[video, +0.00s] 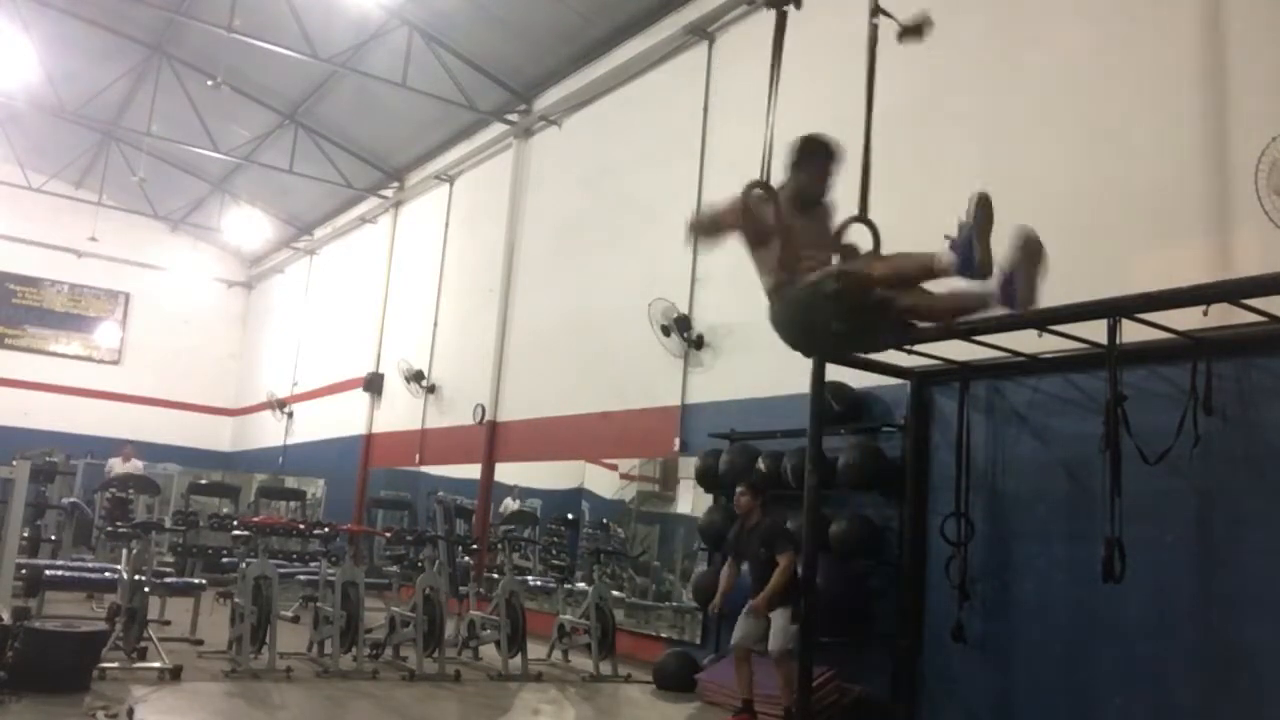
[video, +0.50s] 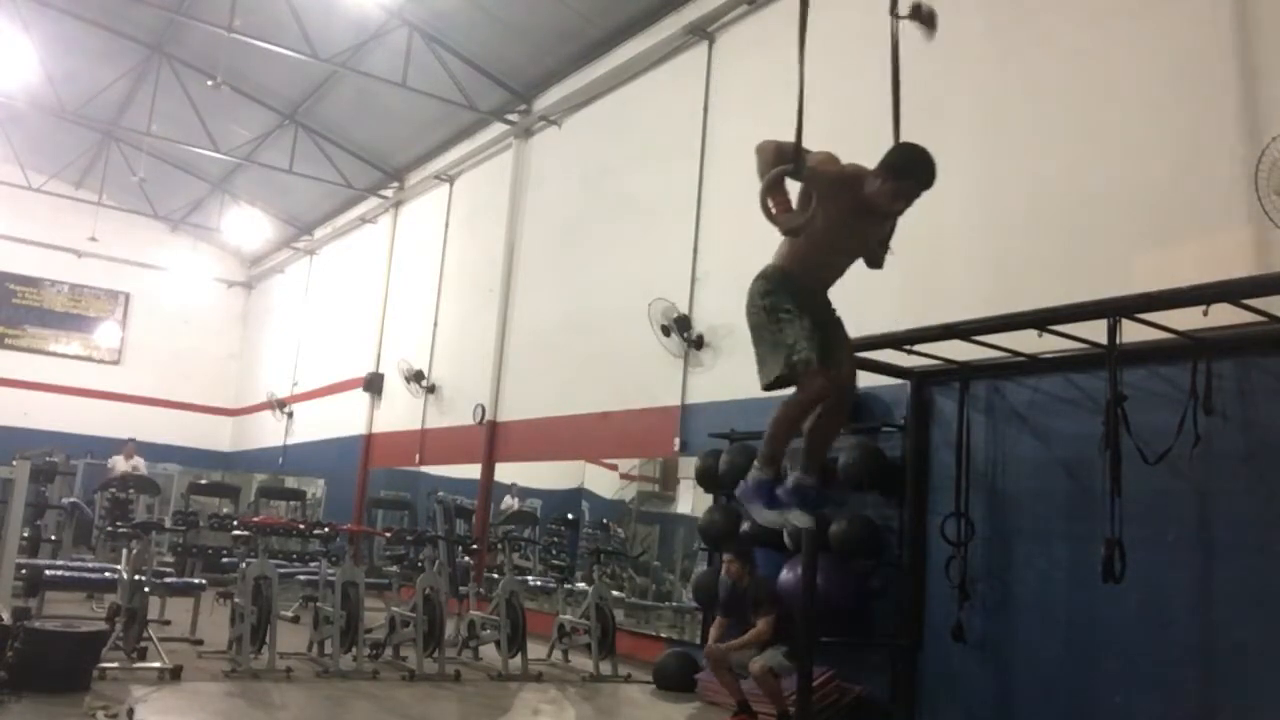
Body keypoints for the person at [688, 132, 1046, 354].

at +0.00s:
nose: (825, 184)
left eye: (828, 176)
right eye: (818, 174)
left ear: (828, 175)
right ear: (796, 170)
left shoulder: (821, 214)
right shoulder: (759, 205)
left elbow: (828, 259)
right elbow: (698, 227)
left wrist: (847, 257)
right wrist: (727, 219)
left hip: (831, 309)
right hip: (793, 310)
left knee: (899, 302)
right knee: (854, 271)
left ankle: (1001, 296)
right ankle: (954, 257)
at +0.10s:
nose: (852, 198)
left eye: (858, 191)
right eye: (846, 189)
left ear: (864, 186)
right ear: (827, 174)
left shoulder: (857, 209)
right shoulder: (788, 184)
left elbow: (861, 248)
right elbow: (719, 171)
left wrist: (866, 270)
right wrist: (733, 212)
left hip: (823, 317)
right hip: (780, 308)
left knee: (885, 296)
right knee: (855, 270)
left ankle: (974, 297)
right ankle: (940, 289)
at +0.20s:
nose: (866, 215)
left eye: (874, 209)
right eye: (863, 204)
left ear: (881, 203)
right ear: (846, 184)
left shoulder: (865, 226)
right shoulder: (806, 182)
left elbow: (855, 273)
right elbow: (739, 163)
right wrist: (749, 208)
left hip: (811, 317)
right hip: (770, 304)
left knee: (885, 314)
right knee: (850, 290)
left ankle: (930, 369)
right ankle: (915, 363)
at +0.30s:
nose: (878, 216)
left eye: (886, 210)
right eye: (873, 205)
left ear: (894, 203)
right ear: (857, 184)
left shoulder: (874, 222)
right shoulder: (816, 182)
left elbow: (857, 262)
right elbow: (752, 155)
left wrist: (787, 228)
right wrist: (763, 211)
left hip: (814, 299)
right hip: (774, 292)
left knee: (871, 345)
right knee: (839, 338)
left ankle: (878, 451)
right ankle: (844, 455)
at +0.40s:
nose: (892, 209)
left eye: (901, 202)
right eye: (890, 198)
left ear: (907, 197)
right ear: (873, 179)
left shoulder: (885, 212)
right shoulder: (827, 179)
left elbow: (868, 251)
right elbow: (762, 152)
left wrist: (869, 252)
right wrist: (773, 211)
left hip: (817, 300)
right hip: (778, 293)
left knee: (855, 379)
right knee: (825, 375)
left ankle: (831, 488)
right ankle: (788, 485)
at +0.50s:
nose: (901, 207)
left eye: (909, 201)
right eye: (898, 196)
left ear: (914, 196)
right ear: (880, 177)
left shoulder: (887, 217)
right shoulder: (835, 176)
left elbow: (872, 258)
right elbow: (769, 149)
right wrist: (776, 193)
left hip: (815, 300)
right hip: (778, 290)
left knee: (843, 390)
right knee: (816, 385)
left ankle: (801, 486)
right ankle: (757, 482)